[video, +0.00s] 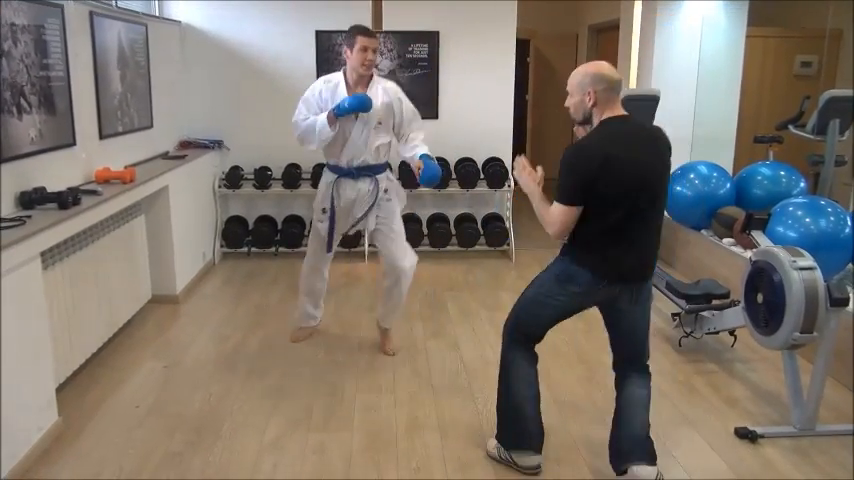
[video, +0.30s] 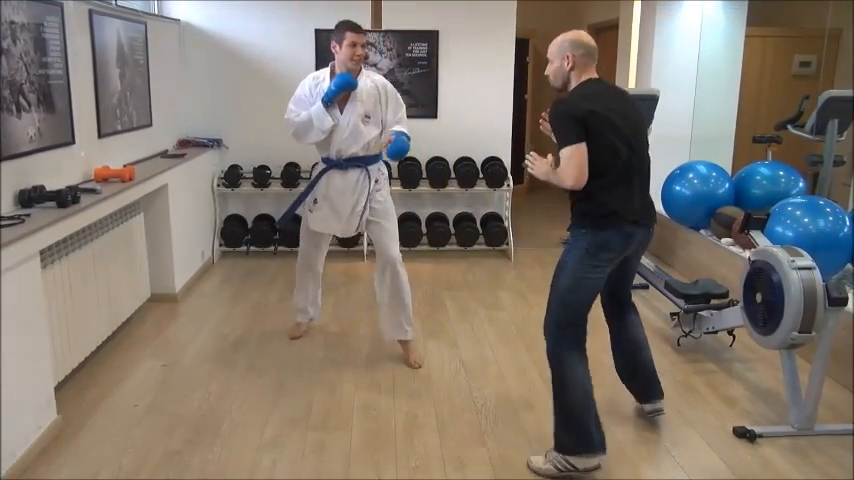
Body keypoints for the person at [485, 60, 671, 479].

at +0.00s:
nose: (567, 102)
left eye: (570, 94)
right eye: (567, 94)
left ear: (591, 97)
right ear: (613, 96)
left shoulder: (585, 153)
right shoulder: (657, 140)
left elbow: (556, 226)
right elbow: (633, 196)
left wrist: (532, 189)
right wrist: (587, 139)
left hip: (583, 271)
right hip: (635, 276)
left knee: (518, 335)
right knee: (633, 368)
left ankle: (521, 447)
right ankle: (638, 463)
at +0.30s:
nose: (546, 69)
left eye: (549, 61)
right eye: (547, 62)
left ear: (568, 62)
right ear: (588, 62)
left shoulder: (569, 105)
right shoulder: (623, 100)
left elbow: (575, 176)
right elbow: (614, 156)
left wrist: (547, 172)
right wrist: (565, 138)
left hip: (597, 232)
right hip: (637, 228)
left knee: (562, 332)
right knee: (619, 303)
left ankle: (580, 451)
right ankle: (649, 397)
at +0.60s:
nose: (571, 60)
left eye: (576, 52)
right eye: (572, 53)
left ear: (598, 52)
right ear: (605, 52)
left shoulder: (601, 92)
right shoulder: (628, 91)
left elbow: (583, 157)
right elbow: (605, 151)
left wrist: (543, 144)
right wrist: (577, 117)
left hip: (611, 212)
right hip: (633, 209)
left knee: (588, 305)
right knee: (617, 294)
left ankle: (610, 407)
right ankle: (645, 374)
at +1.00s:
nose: (574, 62)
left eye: (579, 56)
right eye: (574, 56)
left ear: (600, 54)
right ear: (604, 54)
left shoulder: (599, 90)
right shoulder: (628, 87)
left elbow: (604, 147)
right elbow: (598, 134)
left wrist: (568, 160)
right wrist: (575, 103)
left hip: (603, 198)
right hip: (624, 194)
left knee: (574, 270)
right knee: (611, 261)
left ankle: (615, 353)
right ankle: (626, 334)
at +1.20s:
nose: (573, 65)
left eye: (578, 59)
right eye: (572, 59)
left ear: (599, 58)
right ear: (602, 61)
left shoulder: (589, 87)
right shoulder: (623, 88)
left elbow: (580, 136)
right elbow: (596, 133)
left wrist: (551, 136)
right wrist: (571, 98)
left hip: (593, 193)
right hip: (619, 191)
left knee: (548, 256)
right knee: (610, 259)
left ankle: (555, 341)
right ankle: (627, 331)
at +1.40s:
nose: (551, 61)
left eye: (555, 55)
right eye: (551, 55)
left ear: (577, 54)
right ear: (583, 55)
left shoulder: (564, 85)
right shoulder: (610, 88)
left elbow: (549, 131)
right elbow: (586, 121)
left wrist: (513, 132)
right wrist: (550, 99)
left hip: (564, 185)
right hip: (601, 187)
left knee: (519, 244)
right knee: (607, 252)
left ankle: (503, 325)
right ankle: (621, 324)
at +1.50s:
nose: (533, 69)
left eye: (538, 62)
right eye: (534, 62)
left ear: (559, 61)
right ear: (565, 62)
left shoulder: (543, 89)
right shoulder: (597, 92)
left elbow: (495, 115)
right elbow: (600, 140)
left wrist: (457, 95)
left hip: (554, 188)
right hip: (592, 190)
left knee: (506, 249)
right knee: (595, 252)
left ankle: (467, 324)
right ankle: (614, 322)